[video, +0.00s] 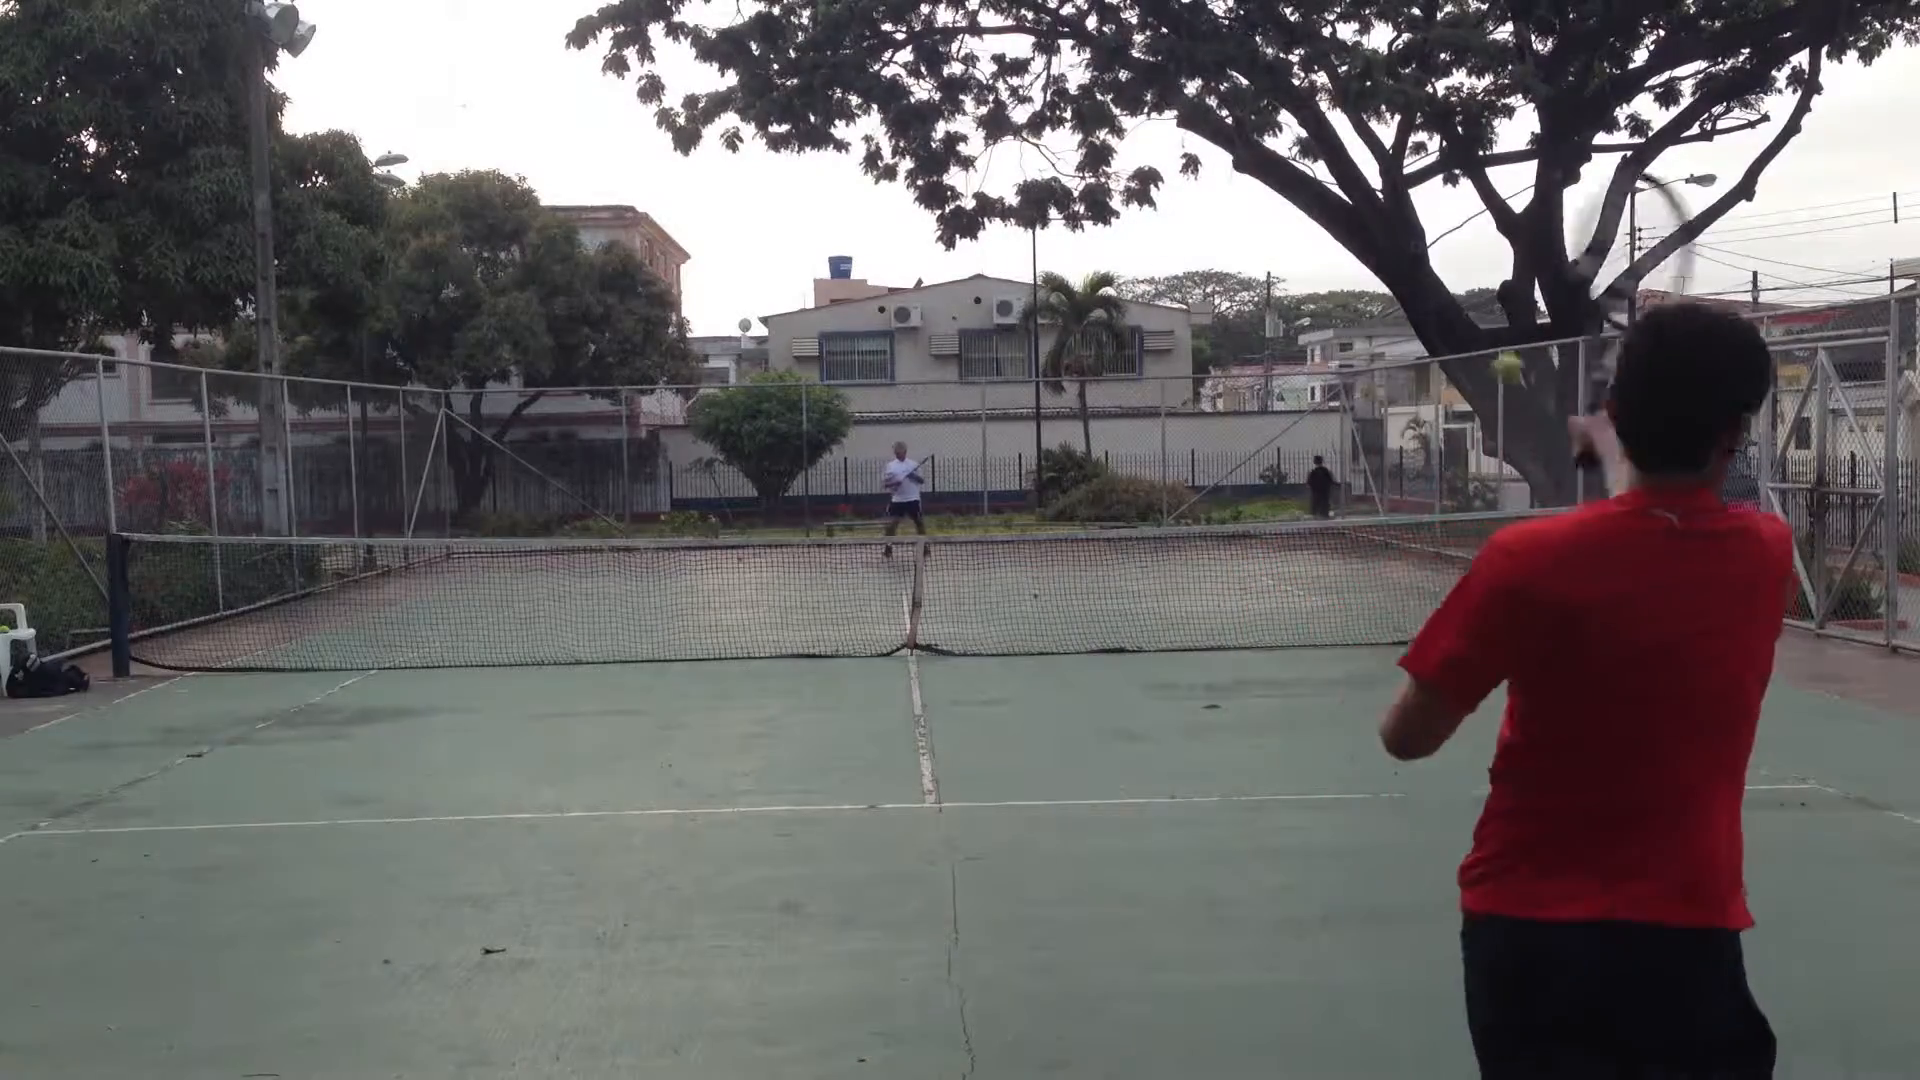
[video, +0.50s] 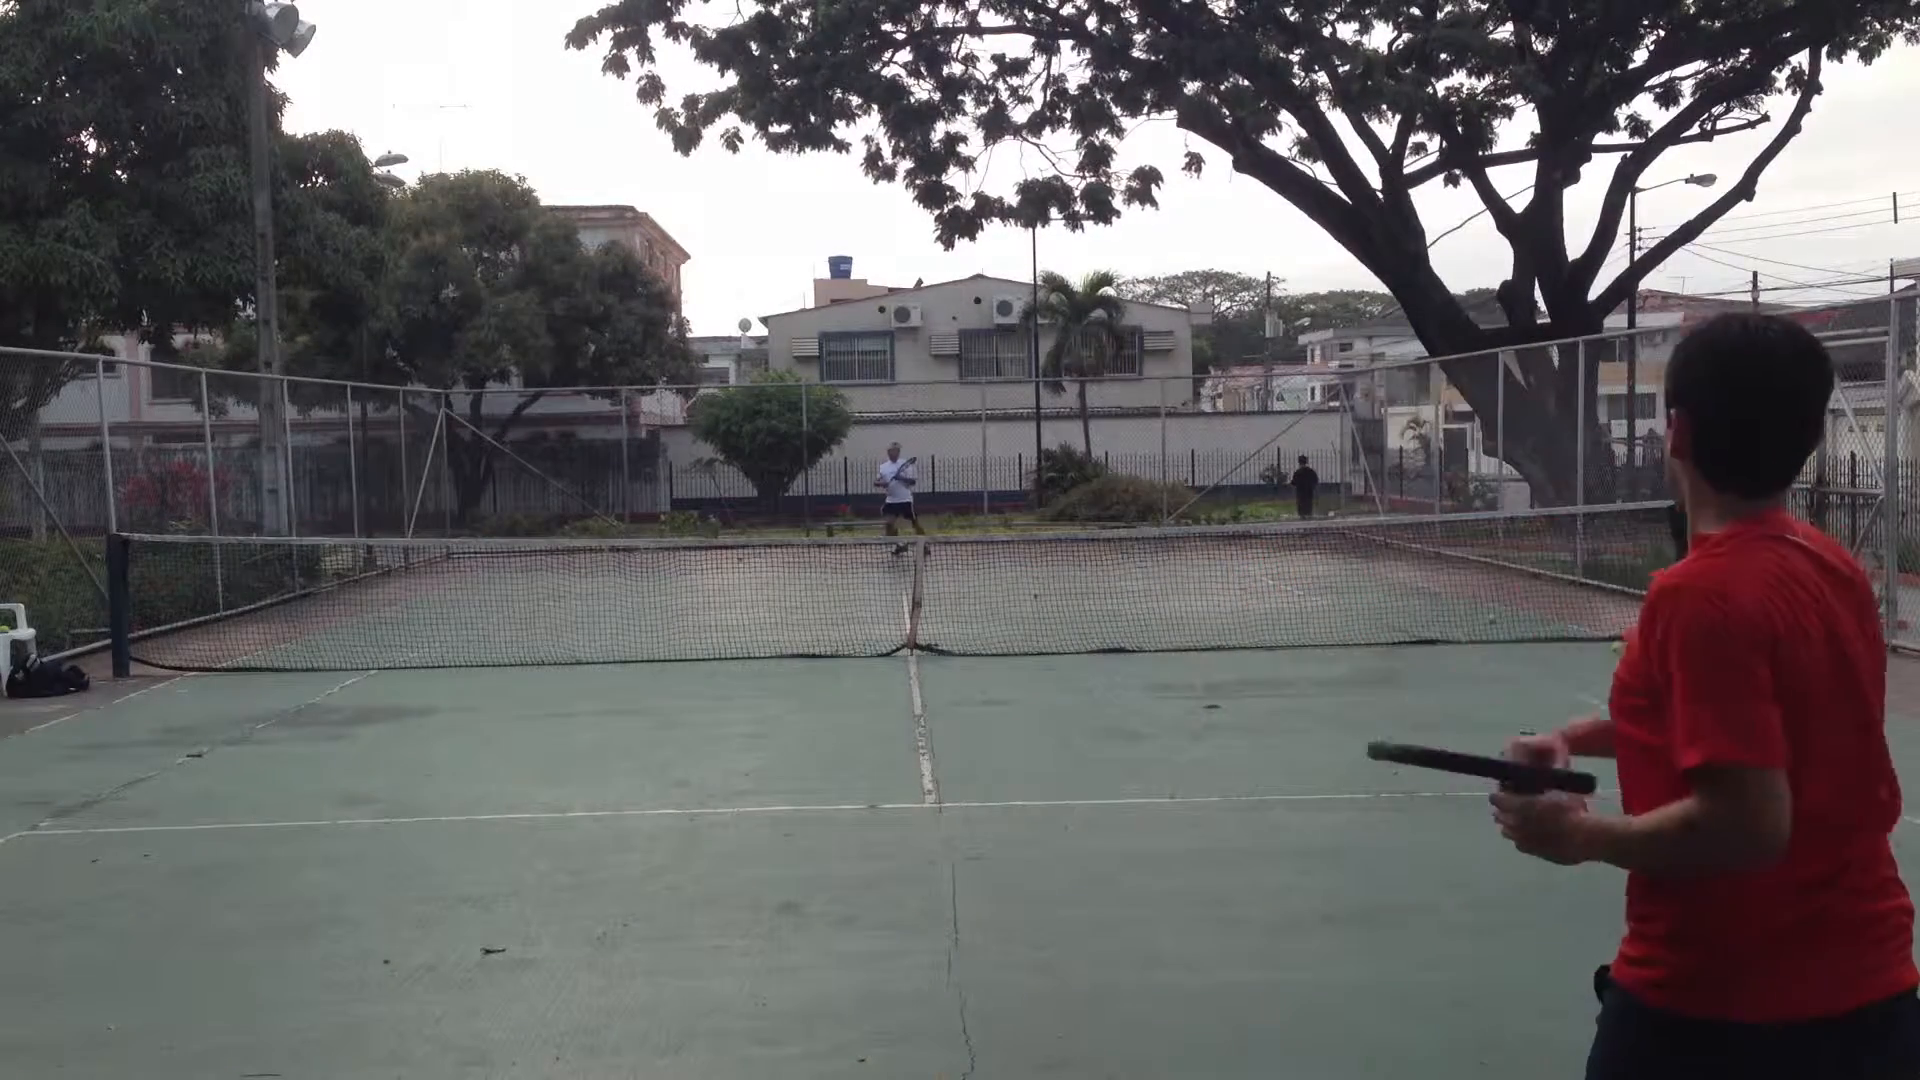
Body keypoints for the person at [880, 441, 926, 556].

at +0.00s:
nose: (900, 455)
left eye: (902, 452)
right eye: (898, 453)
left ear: (906, 452)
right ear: (894, 453)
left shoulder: (913, 464)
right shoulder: (890, 466)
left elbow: (921, 480)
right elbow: (887, 483)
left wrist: (911, 475)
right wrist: (896, 483)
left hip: (913, 499)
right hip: (897, 499)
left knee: (919, 523)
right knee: (891, 524)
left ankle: (924, 545)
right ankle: (888, 546)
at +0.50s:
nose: (893, 454)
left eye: (895, 451)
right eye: (891, 451)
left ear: (899, 452)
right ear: (888, 452)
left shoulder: (906, 464)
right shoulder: (883, 467)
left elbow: (913, 481)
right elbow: (876, 482)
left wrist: (901, 478)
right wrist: (883, 484)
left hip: (905, 500)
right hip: (891, 500)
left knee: (914, 524)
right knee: (889, 524)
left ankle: (925, 544)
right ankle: (896, 545)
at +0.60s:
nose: (885, 456)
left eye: (887, 453)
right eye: (883, 453)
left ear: (891, 453)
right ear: (880, 454)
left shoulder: (898, 466)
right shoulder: (877, 468)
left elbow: (905, 483)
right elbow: (868, 481)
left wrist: (892, 480)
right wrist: (874, 483)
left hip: (898, 499)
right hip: (885, 500)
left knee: (903, 522)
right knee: (886, 524)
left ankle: (918, 539)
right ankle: (898, 543)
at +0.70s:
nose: (876, 455)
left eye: (878, 452)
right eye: (874, 453)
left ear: (883, 453)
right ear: (872, 454)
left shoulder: (890, 466)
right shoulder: (869, 468)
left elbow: (894, 484)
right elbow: (864, 482)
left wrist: (881, 480)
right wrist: (870, 479)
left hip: (891, 498)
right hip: (879, 499)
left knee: (888, 522)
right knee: (883, 524)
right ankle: (895, 544)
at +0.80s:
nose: (868, 455)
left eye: (870, 453)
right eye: (867, 453)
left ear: (875, 453)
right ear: (864, 453)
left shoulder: (881, 466)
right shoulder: (862, 465)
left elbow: (883, 484)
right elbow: (855, 476)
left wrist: (868, 480)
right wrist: (853, 475)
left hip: (879, 496)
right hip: (869, 496)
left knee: (875, 520)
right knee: (879, 521)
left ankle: (873, 546)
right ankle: (897, 543)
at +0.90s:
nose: (860, 456)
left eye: (862, 454)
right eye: (858, 454)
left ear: (866, 453)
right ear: (856, 454)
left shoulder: (869, 465)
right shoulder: (854, 464)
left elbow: (870, 483)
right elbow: (845, 472)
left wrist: (852, 480)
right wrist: (845, 473)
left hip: (869, 497)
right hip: (860, 496)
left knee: (860, 522)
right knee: (865, 522)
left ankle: (860, 548)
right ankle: (882, 541)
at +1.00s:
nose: (848, 459)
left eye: (850, 457)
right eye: (847, 457)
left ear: (856, 457)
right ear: (846, 458)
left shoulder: (859, 469)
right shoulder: (846, 468)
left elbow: (853, 482)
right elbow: (841, 478)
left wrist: (839, 482)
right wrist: (830, 480)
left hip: (859, 498)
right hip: (850, 497)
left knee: (846, 522)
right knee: (845, 523)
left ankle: (860, 544)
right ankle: (858, 546)